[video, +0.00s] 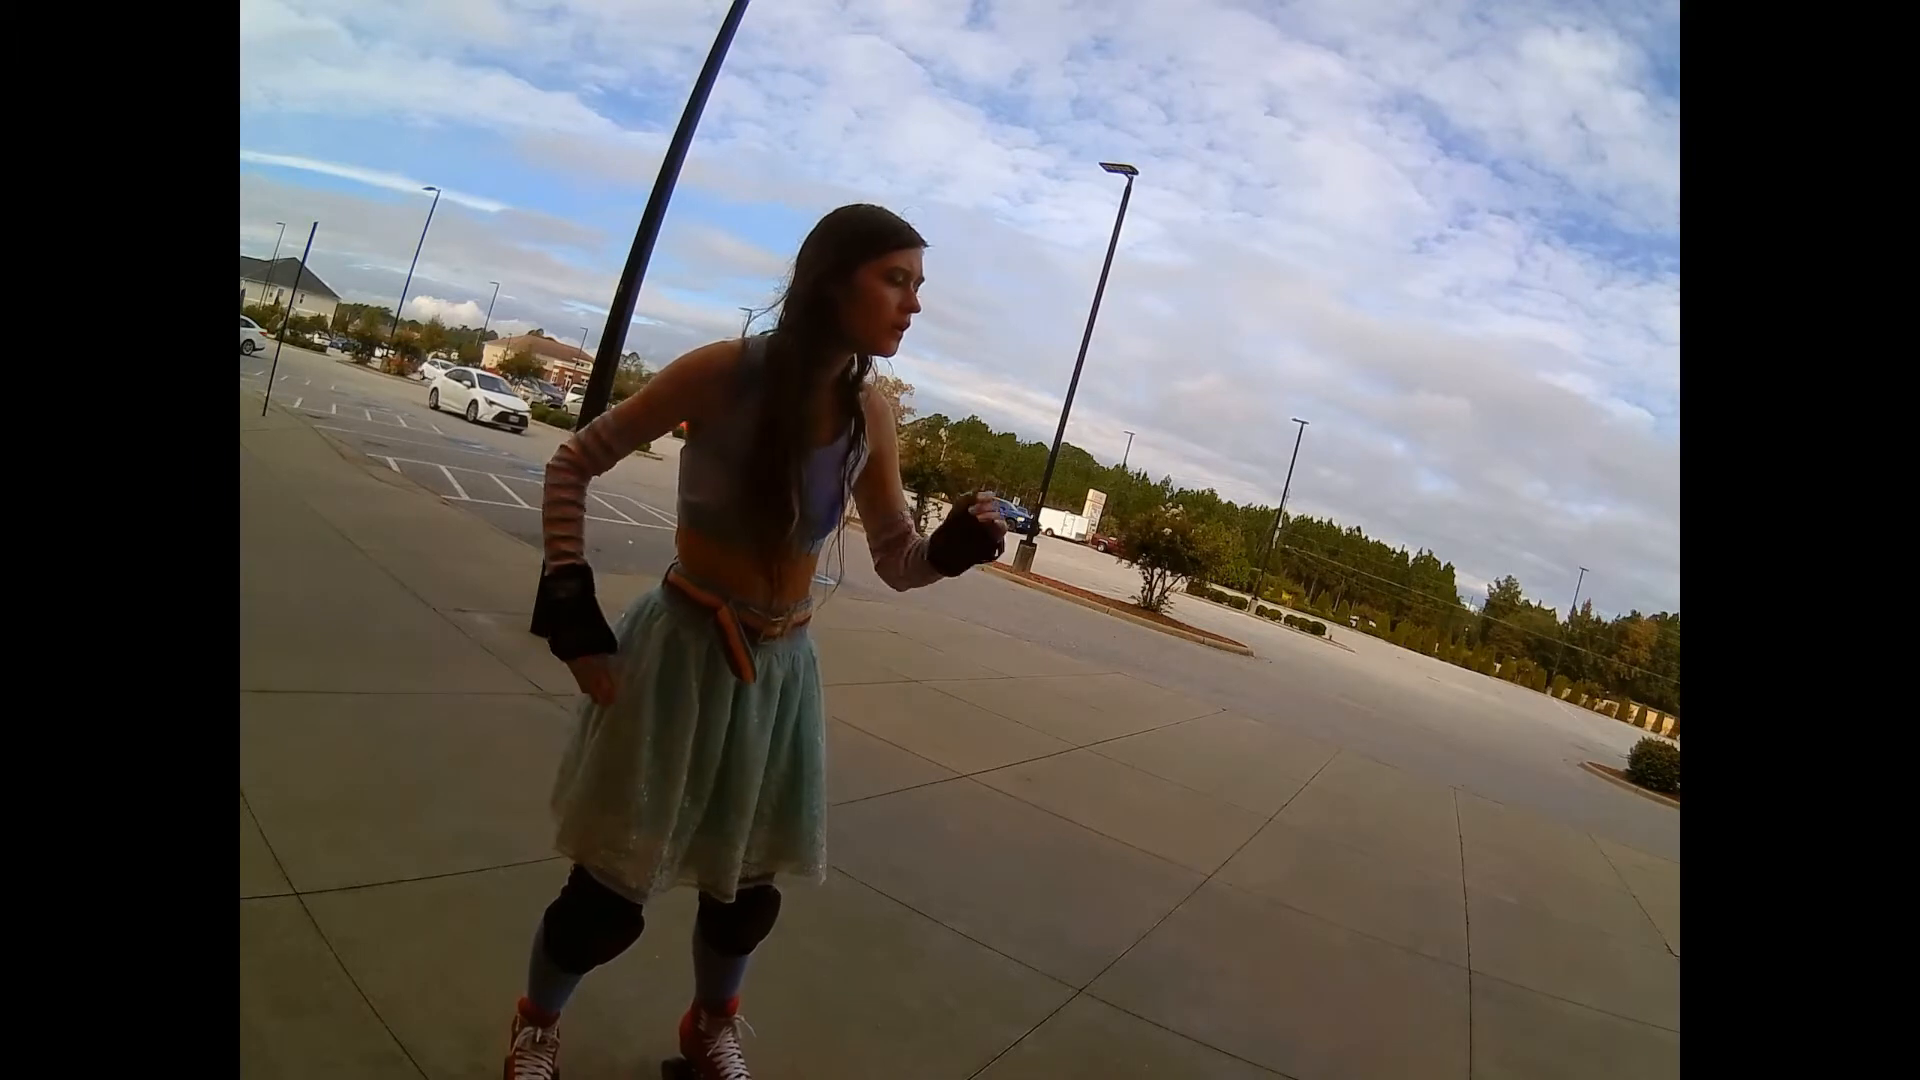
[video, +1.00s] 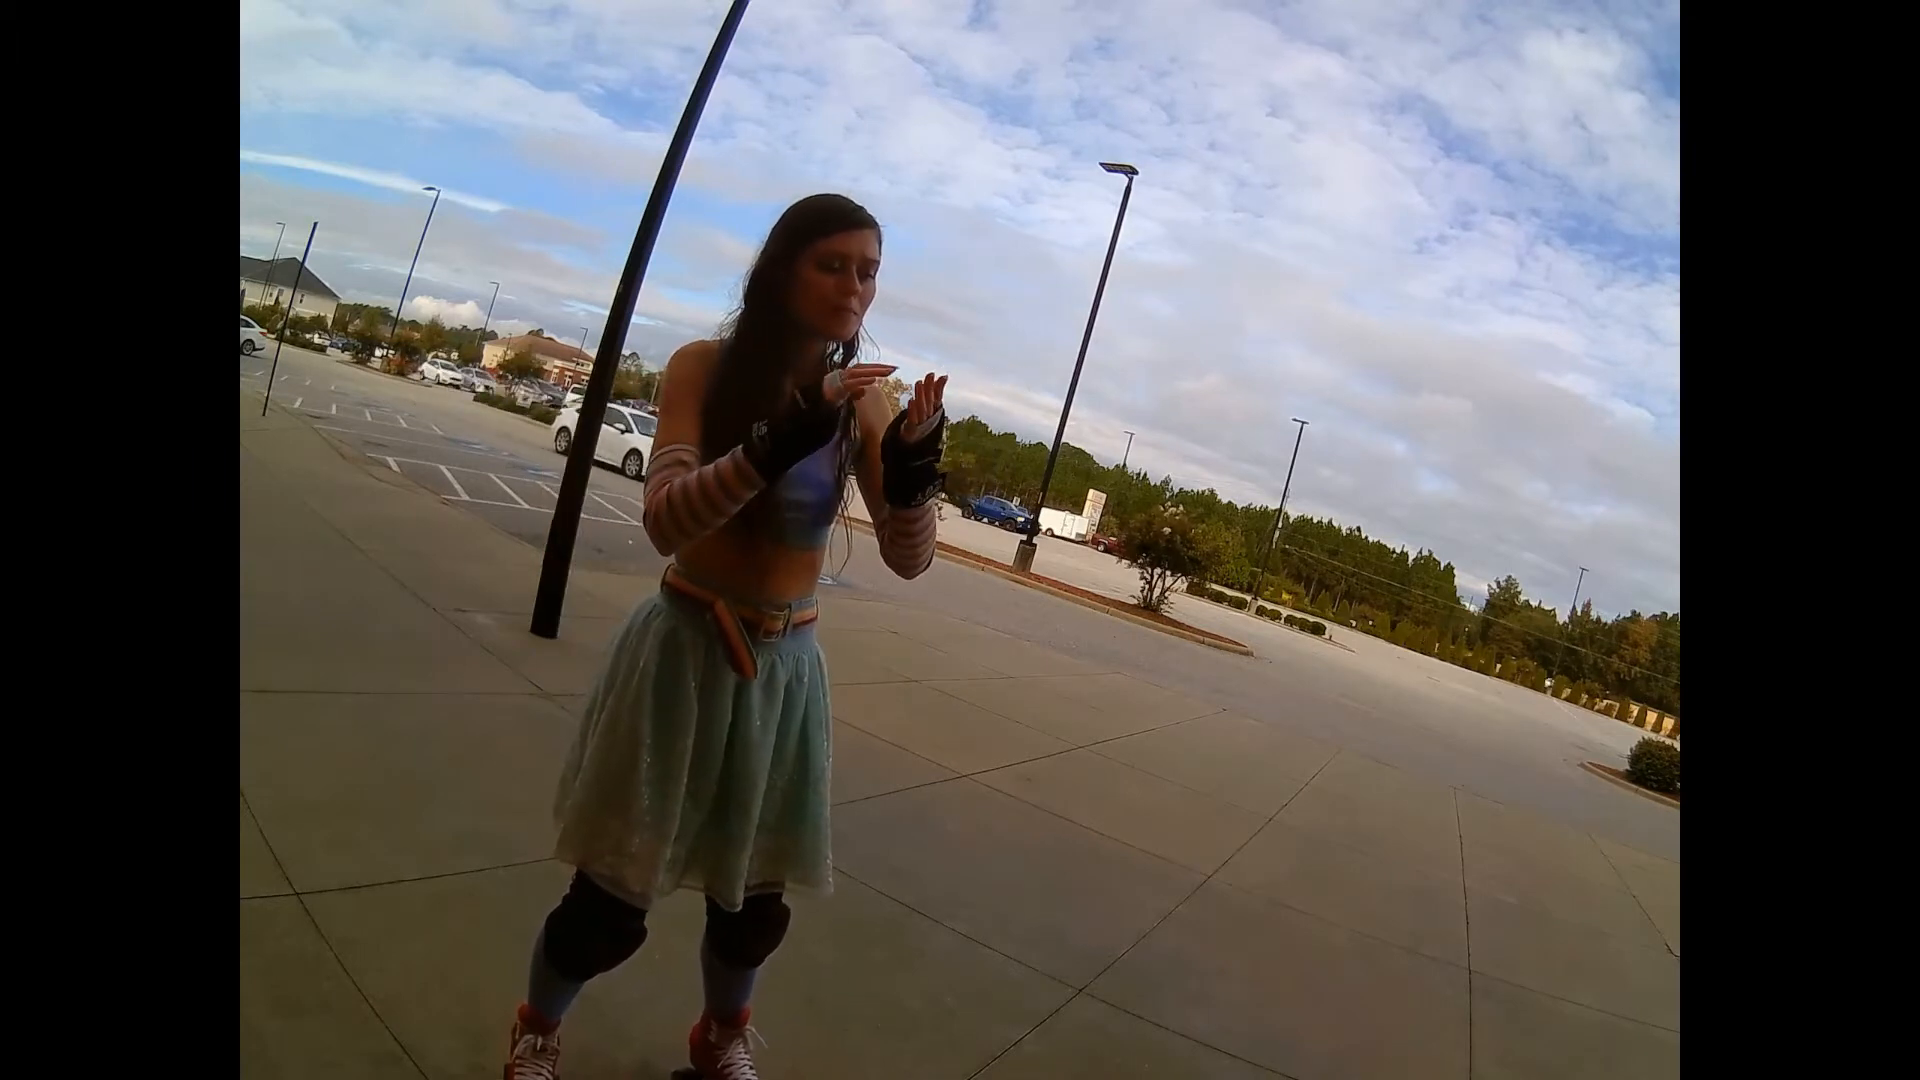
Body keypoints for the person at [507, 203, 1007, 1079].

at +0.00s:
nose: (914, 302)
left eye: (918, 284)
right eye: (898, 281)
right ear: (834, 283)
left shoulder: (870, 409)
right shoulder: (724, 376)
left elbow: (897, 558)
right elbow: (572, 463)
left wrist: (955, 549)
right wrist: (572, 612)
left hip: (781, 669)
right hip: (683, 652)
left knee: (746, 893)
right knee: (610, 896)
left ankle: (711, 1032)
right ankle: (538, 1027)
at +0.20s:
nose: (887, 302)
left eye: (896, 285)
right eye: (871, 279)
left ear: (894, 296)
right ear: (813, 276)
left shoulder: (860, 408)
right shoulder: (707, 377)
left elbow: (902, 551)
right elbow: (600, 502)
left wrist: (963, 450)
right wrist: (635, 587)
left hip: (780, 669)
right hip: (677, 651)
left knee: (747, 895)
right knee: (611, 895)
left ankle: (714, 1031)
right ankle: (536, 1022)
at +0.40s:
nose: (864, 297)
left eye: (875, 283)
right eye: (847, 276)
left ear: (879, 296)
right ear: (792, 273)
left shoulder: (855, 404)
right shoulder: (701, 378)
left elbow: (902, 548)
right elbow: (643, 529)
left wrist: (938, 449)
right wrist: (747, 514)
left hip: (782, 663)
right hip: (679, 645)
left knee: (754, 897)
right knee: (610, 893)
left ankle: (715, 1035)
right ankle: (538, 1023)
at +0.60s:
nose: (854, 290)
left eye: (867, 277)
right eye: (837, 269)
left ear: (875, 292)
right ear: (786, 269)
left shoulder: (858, 403)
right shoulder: (702, 372)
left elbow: (908, 548)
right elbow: (658, 528)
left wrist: (932, 450)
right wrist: (784, 458)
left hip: (785, 666)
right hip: (680, 648)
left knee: (754, 904)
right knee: (609, 899)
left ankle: (717, 1037)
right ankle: (536, 1034)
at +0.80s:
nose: (855, 285)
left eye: (869, 272)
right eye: (836, 265)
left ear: (877, 288)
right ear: (785, 268)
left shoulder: (861, 400)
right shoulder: (704, 370)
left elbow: (908, 552)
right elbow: (658, 526)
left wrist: (927, 454)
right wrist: (767, 448)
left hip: (785, 667)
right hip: (681, 650)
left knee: (754, 908)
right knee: (609, 907)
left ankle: (718, 1036)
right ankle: (536, 1037)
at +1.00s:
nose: (852, 286)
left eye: (867, 272)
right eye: (833, 265)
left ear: (875, 287)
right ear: (783, 269)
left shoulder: (859, 401)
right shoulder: (704, 369)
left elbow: (909, 558)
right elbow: (668, 521)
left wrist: (913, 453)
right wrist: (788, 436)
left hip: (786, 664)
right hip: (685, 647)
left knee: (756, 908)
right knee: (614, 905)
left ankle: (721, 1039)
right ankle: (536, 1032)